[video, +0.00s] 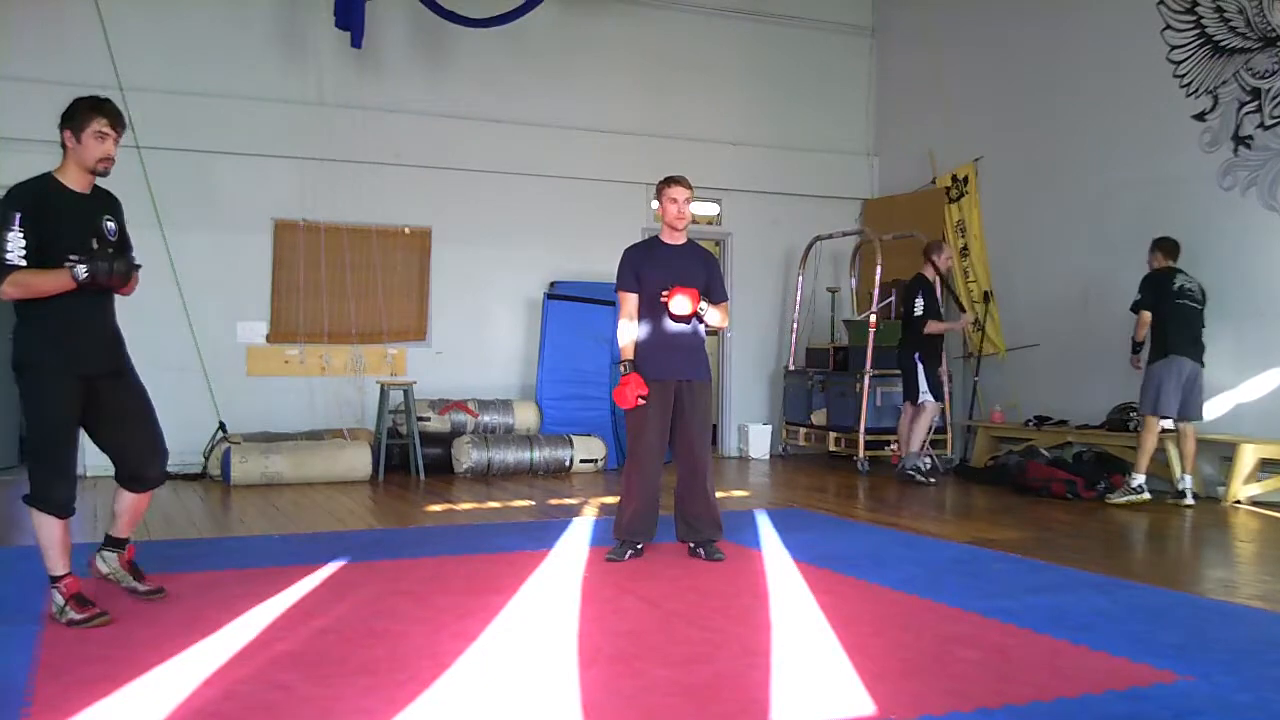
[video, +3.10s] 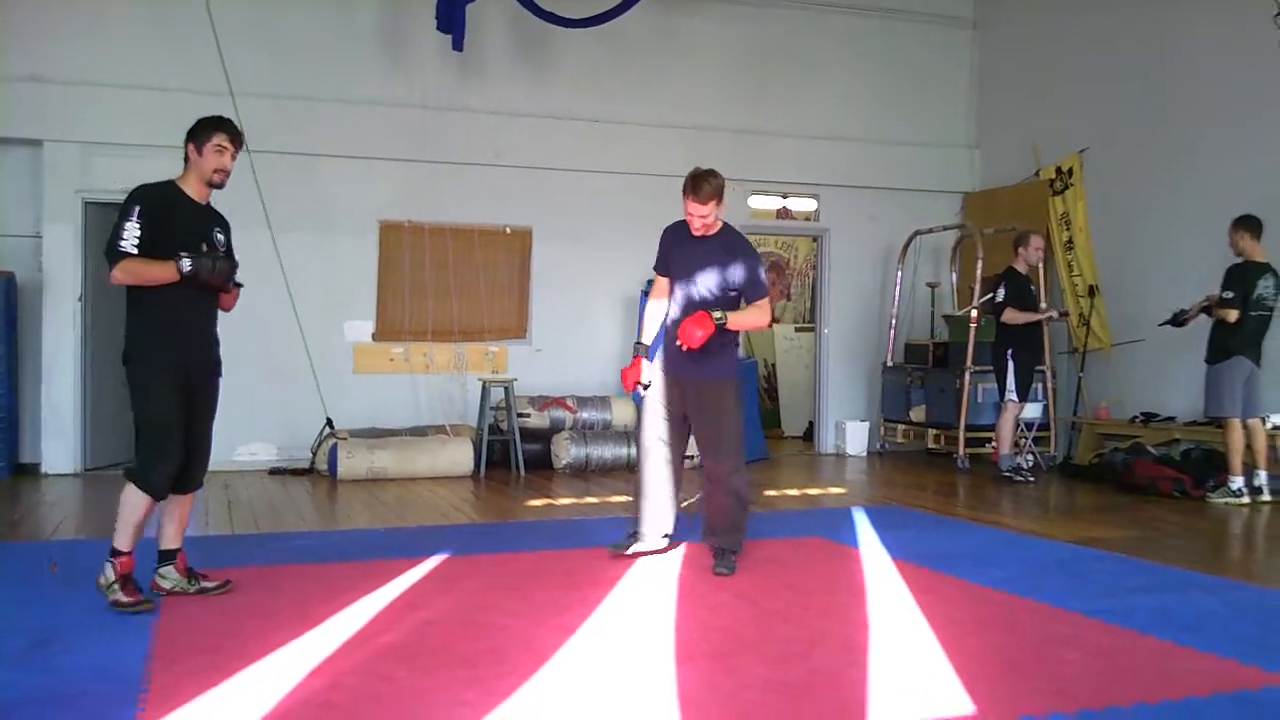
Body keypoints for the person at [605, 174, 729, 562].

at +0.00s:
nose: (680, 208)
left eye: (686, 202)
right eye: (673, 201)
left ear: (693, 208)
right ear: (659, 206)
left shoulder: (706, 259)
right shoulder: (636, 255)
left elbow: (722, 318)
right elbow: (627, 317)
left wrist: (699, 308)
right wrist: (627, 367)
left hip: (695, 373)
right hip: (650, 371)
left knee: (696, 457)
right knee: (643, 456)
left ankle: (700, 536)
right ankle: (632, 537)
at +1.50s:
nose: (666, 220)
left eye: (673, 212)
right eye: (661, 214)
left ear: (692, 210)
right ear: (659, 216)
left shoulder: (722, 258)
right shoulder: (655, 263)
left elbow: (746, 317)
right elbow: (646, 317)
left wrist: (711, 302)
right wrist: (638, 335)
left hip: (705, 376)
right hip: (660, 376)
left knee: (719, 457)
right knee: (666, 460)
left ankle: (738, 536)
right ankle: (670, 538)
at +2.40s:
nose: (706, 235)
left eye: (713, 228)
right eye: (699, 228)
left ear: (724, 219)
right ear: (689, 217)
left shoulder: (741, 260)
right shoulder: (666, 255)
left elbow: (759, 316)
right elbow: (655, 317)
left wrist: (734, 328)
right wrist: (654, 375)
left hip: (726, 382)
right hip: (681, 380)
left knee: (722, 464)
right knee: (688, 463)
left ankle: (716, 552)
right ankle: (701, 544)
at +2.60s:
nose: (741, 236)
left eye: (749, 230)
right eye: (735, 227)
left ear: (761, 220)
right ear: (725, 212)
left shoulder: (770, 261)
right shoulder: (695, 247)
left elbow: (786, 317)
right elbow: (674, 306)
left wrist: (759, 331)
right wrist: (673, 364)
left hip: (747, 383)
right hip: (700, 379)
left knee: (742, 463)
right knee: (710, 462)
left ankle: (736, 550)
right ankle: (725, 533)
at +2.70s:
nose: (738, 231)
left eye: (747, 225)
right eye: (733, 222)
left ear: (761, 216)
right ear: (724, 206)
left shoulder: (771, 260)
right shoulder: (695, 241)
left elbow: (786, 315)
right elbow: (675, 302)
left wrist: (759, 327)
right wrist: (671, 361)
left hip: (745, 381)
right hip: (696, 374)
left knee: (742, 462)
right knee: (693, 452)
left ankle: (737, 549)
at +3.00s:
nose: (714, 228)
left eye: (723, 222)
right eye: (709, 219)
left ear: (740, 211)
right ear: (701, 206)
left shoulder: (755, 256)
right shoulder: (686, 236)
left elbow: (777, 319)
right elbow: (670, 297)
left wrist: (737, 325)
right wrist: (654, 353)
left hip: (726, 374)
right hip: (680, 367)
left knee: (732, 462)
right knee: (662, 443)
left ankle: (733, 546)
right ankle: (706, 484)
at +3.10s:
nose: (696, 223)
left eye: (704, 216)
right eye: (691, 214)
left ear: (721, 206)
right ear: (683, 203)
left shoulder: (740, 251)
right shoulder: (673, 235)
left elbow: (763, 314)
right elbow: (658, 294)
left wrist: (717, 319)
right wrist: (642, 352)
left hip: (715, 373)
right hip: (667, 367)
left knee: (722, 459)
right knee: (656, 452)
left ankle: (726, 544)